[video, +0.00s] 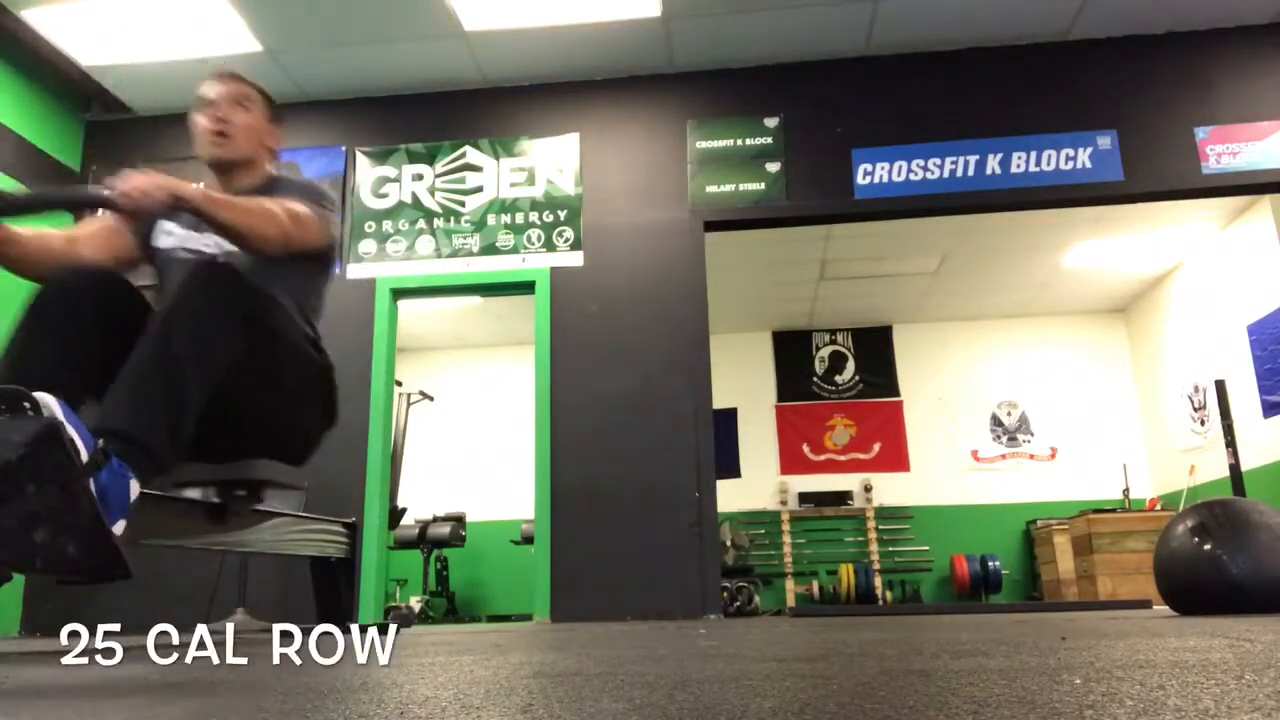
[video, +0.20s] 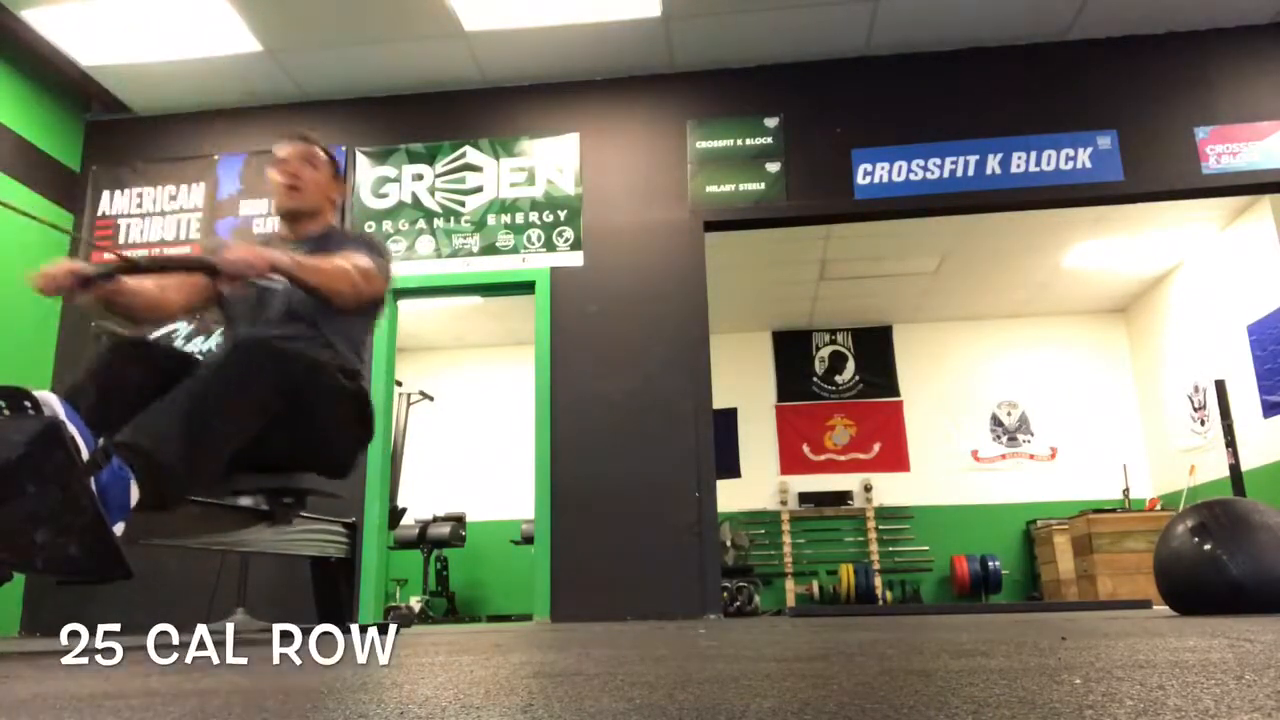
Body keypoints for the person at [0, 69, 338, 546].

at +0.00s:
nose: (217, 115)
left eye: (240, 106)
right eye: (205, 107)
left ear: (273, 137)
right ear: (191, 133)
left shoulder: (308, 199)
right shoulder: (169, 207)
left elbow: (280, 233)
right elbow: (79, 247)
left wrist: (183, 194)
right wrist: (4, 239)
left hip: (282, 402)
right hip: (182, 396)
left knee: (216, 286)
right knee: (86, 288)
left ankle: (116, 474)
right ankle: (14, 446)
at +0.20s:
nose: (289, 171)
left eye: (308, 163)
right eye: (280, 163)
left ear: (337, 189)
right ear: (270, 184)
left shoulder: (358, 249)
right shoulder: (249, 257)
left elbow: (356, 287)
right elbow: (167, 296)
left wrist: (271, 260)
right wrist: (98, 285)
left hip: (328, 413)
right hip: (235, 407)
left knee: (257, 359)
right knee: (135, 359)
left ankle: (118, 487)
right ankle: (42, 455)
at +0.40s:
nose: (333, 231)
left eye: (348, 224)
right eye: (324, 224)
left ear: (374, 246)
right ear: (312, 241)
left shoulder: (394, 298)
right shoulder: (277, 302)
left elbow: (420, 355)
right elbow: (217, 370)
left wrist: (351, 329)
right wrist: (186, 342)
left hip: (340, 409)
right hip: (260, 403)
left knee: (254, 427)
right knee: (169, 422)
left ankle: (127, 489)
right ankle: (89, 477)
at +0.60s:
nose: (335, 241)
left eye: (349, 233)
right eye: (326, 236)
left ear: (378, 255)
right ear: (317, 255)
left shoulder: (408, 315)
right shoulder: (291, 316)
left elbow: (465, 394)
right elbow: (253, 389)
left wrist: (404, 350)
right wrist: (225, 365)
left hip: (346, 410)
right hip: (273, 405)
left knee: (254, 436)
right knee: (177, 420)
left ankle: (130, 494)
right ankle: (95, 472)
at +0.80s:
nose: (333, 243)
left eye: (346, 234)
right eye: (324, 237)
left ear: (375, 252)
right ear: (315, 253)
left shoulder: (407, 315)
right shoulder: (289, 320)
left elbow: (454, 393)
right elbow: (262, 381)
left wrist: (394, 354)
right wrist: (221, 374)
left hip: (343, 411)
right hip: (271, 407)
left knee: (250, 438)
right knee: (176, 421)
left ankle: (127, 493)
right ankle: (91, 473)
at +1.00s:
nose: (323, 226)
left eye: (338, 216)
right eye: (315, 219)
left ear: (368, 236)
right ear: (307, 236)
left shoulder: (392, 296)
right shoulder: (277, 301)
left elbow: (425, 351)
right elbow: (220, 368)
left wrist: (359, 331)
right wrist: (176, 355)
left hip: (342, 410)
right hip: (260, 403)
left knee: (251, 428)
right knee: (172, 420)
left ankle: (130, 489)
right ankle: (94, 458)